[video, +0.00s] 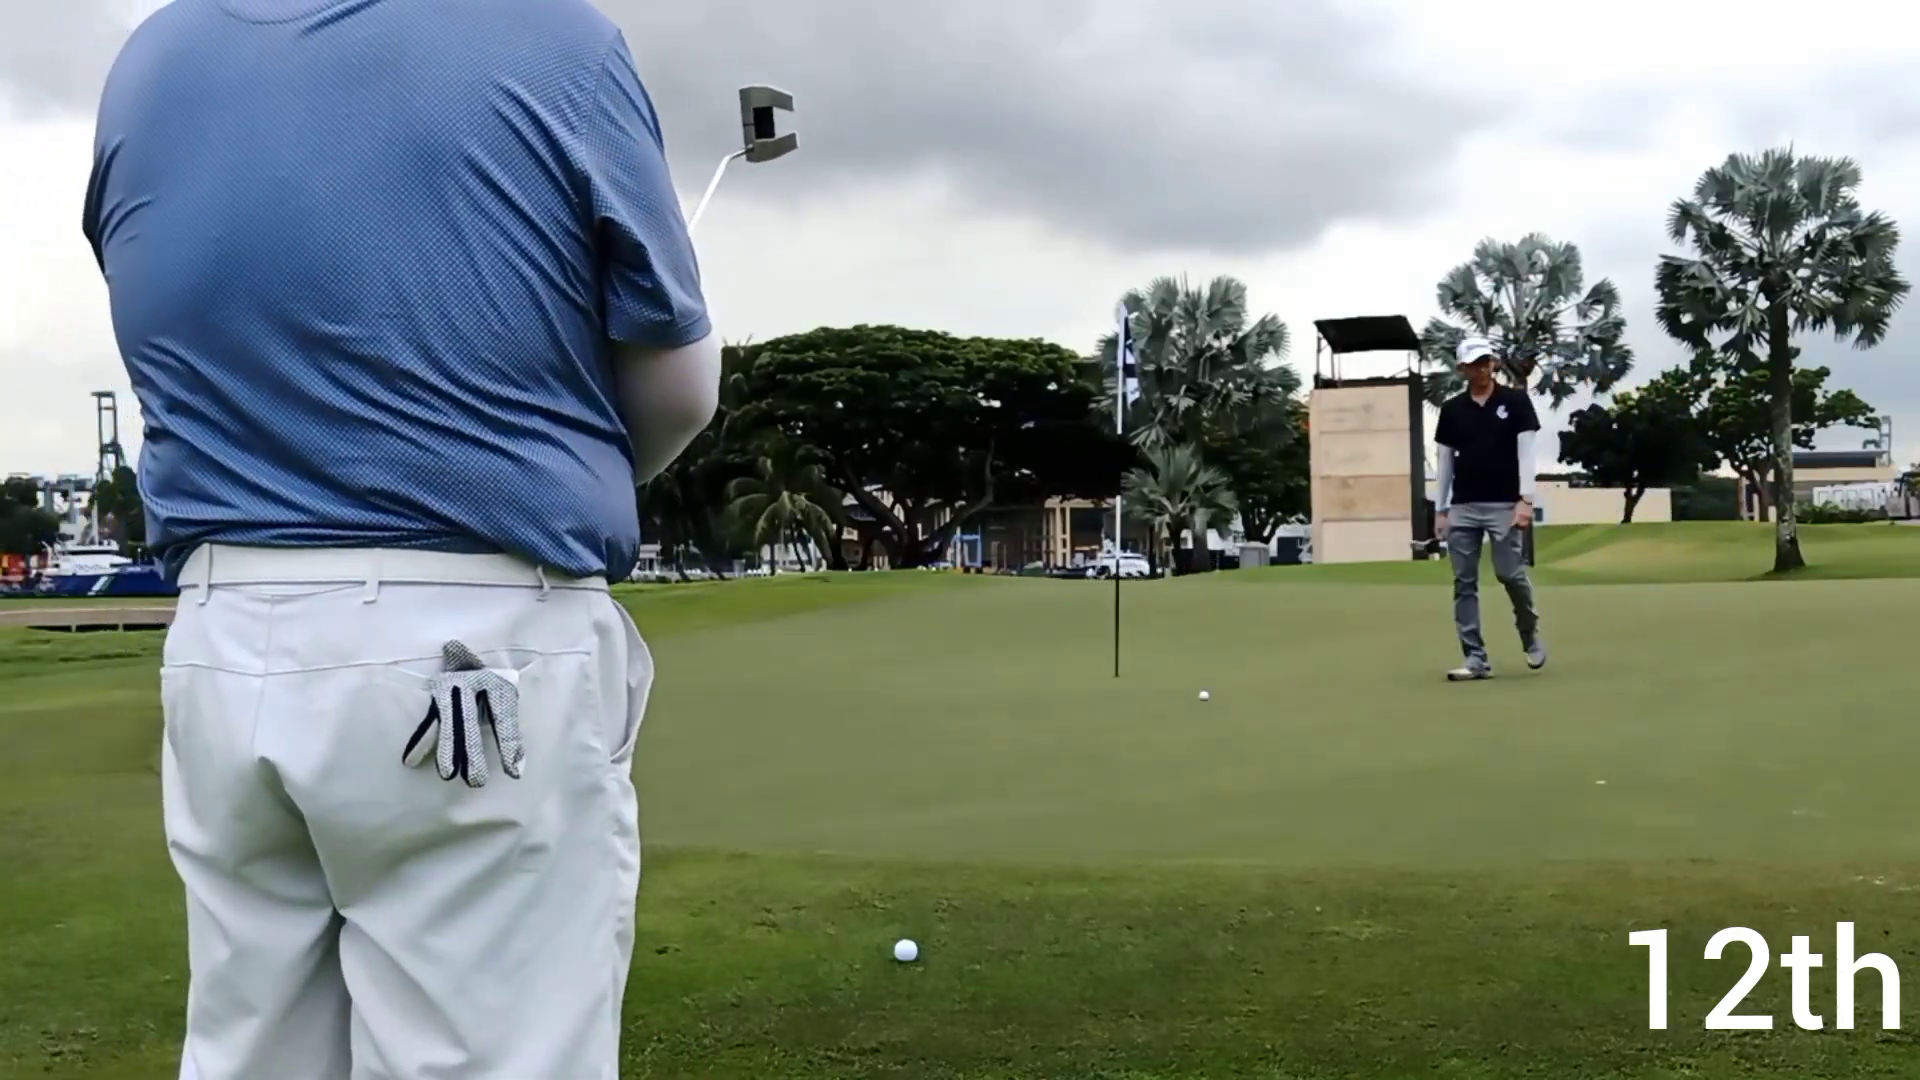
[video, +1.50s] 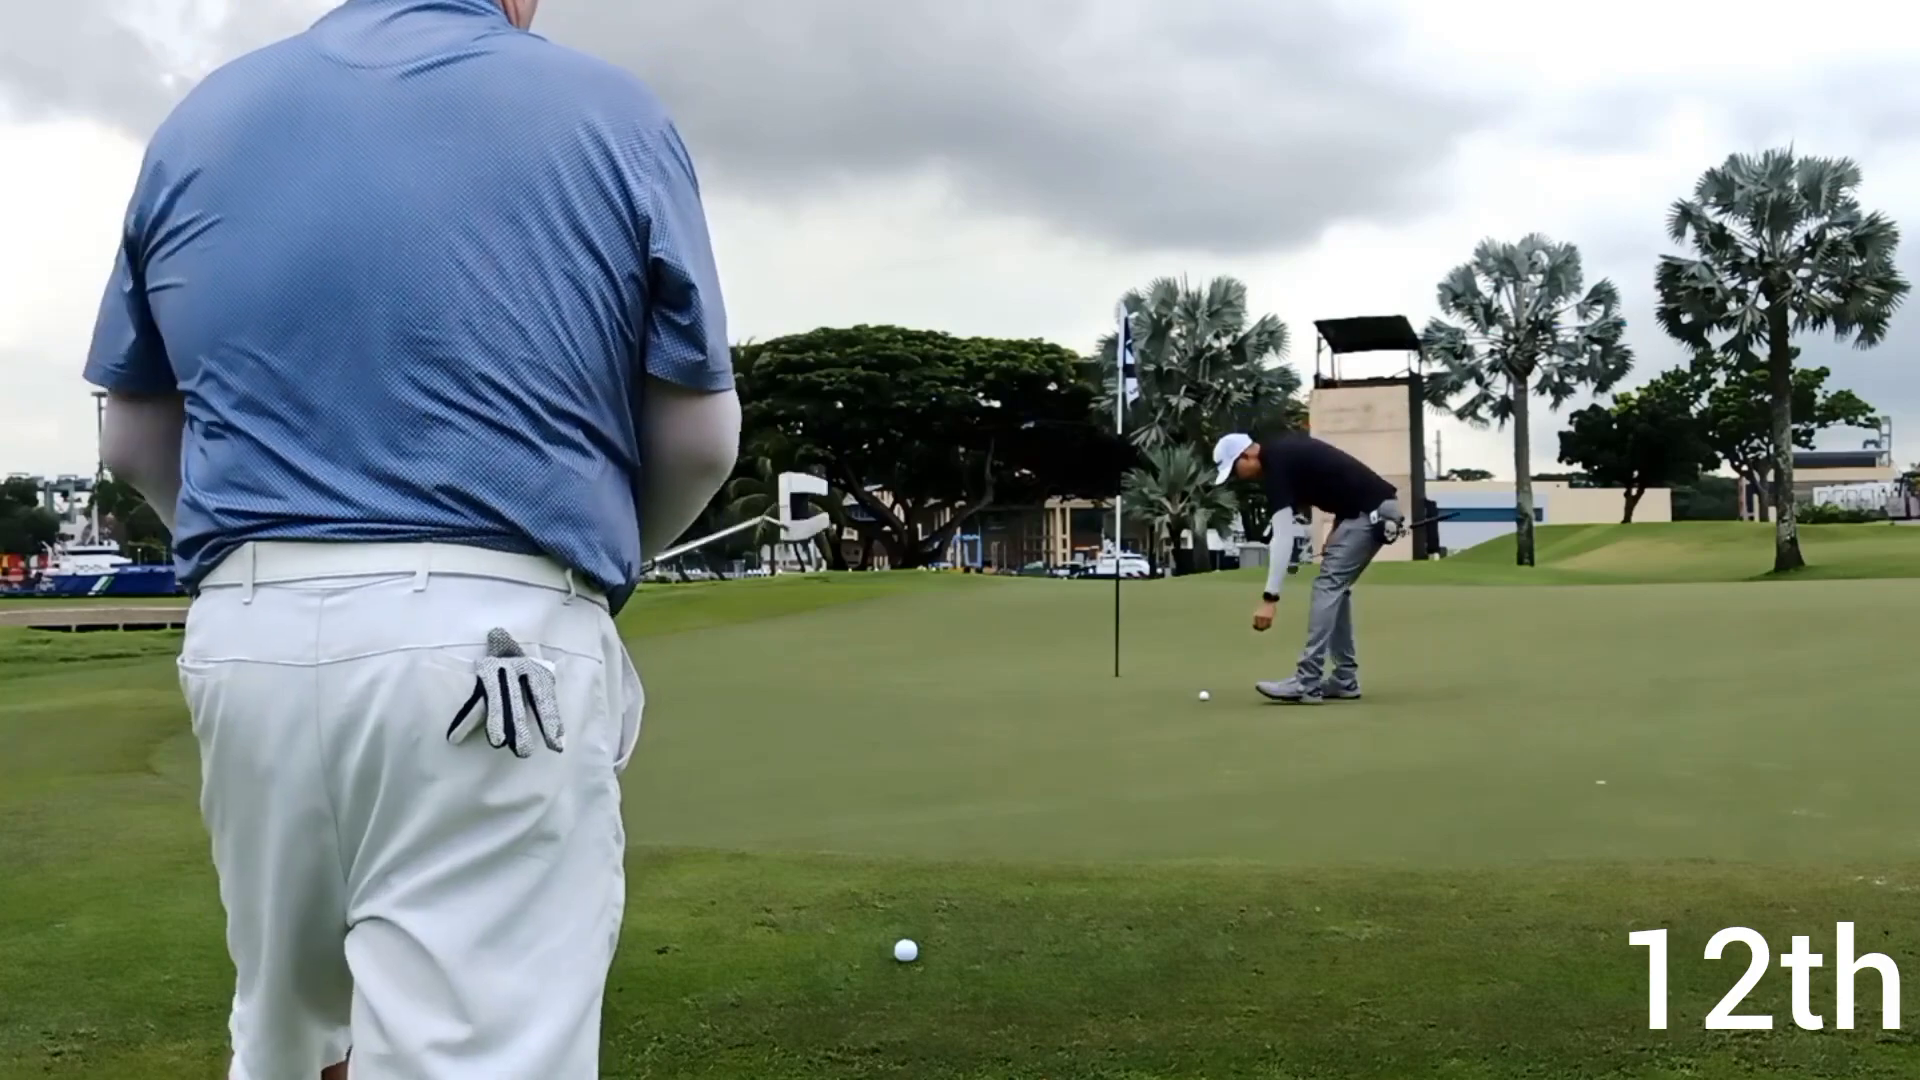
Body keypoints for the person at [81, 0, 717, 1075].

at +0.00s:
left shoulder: (156, 46)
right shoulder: (559, 34)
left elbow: (157, 321)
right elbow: (677, 386)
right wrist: (550, 486)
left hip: (229, 616)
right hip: (487, 621)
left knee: (246, 1059)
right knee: (497, 1059)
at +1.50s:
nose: (546, 22)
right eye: (546, 17)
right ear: (521, 4)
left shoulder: (206, 112)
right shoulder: (608, 108)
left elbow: (137, 436)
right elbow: (698, 439)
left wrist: (275, 536)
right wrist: (577, 552)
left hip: (250, 625)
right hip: (499, 620)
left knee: (286, 1043)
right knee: (473, 1055)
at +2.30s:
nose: (452, 129)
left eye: (456, 112)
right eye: (455, 108)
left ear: (310, 80)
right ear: (424, 88)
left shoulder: (188, 213)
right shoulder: (492, 205)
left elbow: (130, 460)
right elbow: (590, 412)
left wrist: (208, 586)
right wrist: (589, 602)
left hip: (249, 594)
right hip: (446, 593)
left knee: (273, 950)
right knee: (447, 894)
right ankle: (425, 1079)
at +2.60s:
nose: (501, 169)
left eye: (504, 151)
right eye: (506, 148)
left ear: (378, 115)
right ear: (476, 126)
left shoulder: (256, 217)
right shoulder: (525, 239)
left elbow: (181, 421)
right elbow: (596, 438)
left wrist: (250, 526)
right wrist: (603, 603)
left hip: (291, 565)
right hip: (457, 564)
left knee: (297, 865)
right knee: (427, 879)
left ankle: (291, 1076)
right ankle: (398, 1075)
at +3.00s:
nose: (542, 207)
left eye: (548, 191)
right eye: (547, 187)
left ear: (433, 148)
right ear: (518, 164)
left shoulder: (309, 248)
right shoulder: (546, 266)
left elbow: (209, 379)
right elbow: (601, 435)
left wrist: (164, 532)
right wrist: (600, 594)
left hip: (337, 554)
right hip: (479, 560)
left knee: (361, 794)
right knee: (433, 841)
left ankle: (376, 984)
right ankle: (395, 1070)